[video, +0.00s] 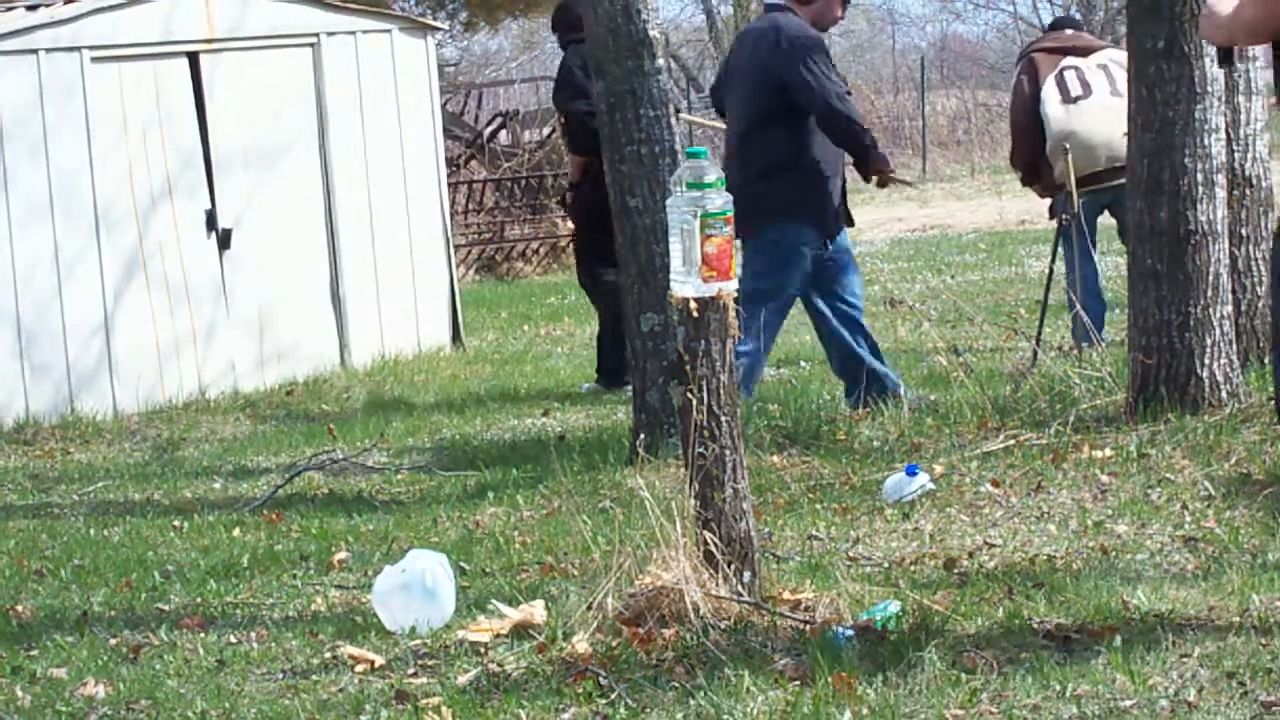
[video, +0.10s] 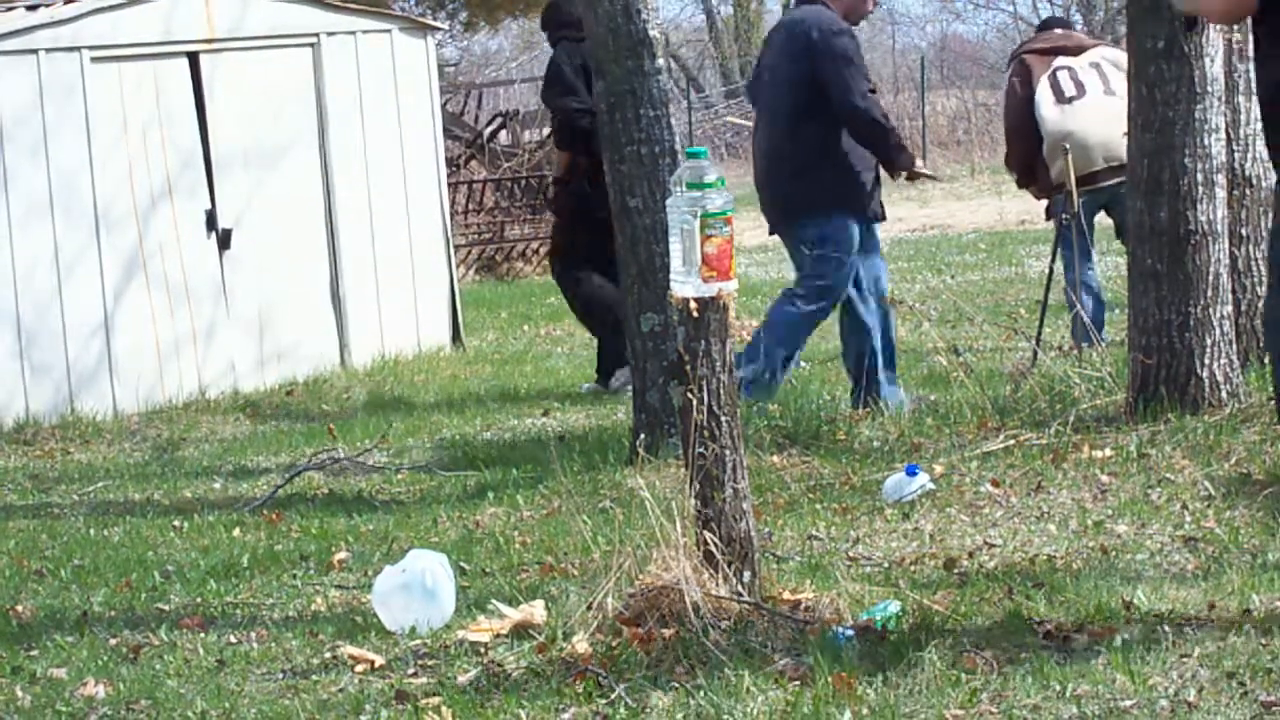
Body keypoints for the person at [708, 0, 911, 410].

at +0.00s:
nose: (842, 14)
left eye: (844, 6)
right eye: (841, 5)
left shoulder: (751, 36)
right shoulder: (798, 37)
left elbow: (719, 96)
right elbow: (833, 108)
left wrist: (773, 134)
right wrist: (870, 156)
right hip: (793, 202)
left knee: (839, 304)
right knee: (757, 316)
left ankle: (879, 398)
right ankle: (722, 411)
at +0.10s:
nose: (873, 8)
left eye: (874, 2)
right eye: (871, 1)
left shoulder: (786, 28)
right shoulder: (830, 31)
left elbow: (757, 89)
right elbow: (857, 106)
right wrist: (901, 158)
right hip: (820, 187)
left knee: (867, 290)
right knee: (821, 286)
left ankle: (879, 399)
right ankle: (743, 390)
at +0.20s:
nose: (894, 6)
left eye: (894, 2)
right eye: (893, 0)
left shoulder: (806, 28)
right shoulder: (853, 21)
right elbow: (882, 97)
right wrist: (925, 145)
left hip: (819, 179)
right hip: (860, 176)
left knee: (868, 284)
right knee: (877, 278)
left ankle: (879, 401)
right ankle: (790, 365)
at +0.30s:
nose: (914, 5)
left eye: (914, 3)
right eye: (914, 2)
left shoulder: (836, 19)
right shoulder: (879, 16)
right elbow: (904, 85)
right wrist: (946, 132)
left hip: (842, 177)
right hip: (885, 174)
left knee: (871, 279)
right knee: (935, 259)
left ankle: (877, 389)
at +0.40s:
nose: (941, 4)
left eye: (940, 2)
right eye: (940, 1)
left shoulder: (862, 18)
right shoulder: (903, 15)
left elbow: (871, 101)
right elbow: (927, 86)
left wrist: (941, 138)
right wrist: (973, 133)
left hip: (865, 177)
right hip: (913, 173)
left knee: (884, 285)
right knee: (962, 256)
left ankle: (881, 398)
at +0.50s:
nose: (973, 6)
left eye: (975, 3)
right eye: (974, 2)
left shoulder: (892, 20)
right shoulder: (933, 18)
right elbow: (957, 90)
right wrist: (1001, 139)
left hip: (894, 186)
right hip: (939, 182)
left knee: (895, 299)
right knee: (987, 285)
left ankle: (882, 402)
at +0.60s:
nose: (1005, 6)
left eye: (1006, 4)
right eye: (1005, 2)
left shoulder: (916, 25)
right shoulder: (969, 24)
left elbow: (897, 80)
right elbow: (996, 102)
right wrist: (1032, 140)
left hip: (922, 191)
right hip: (978, 186)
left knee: (912, 300)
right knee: (1023, 289)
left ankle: (886, 404)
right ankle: (1069, 382)